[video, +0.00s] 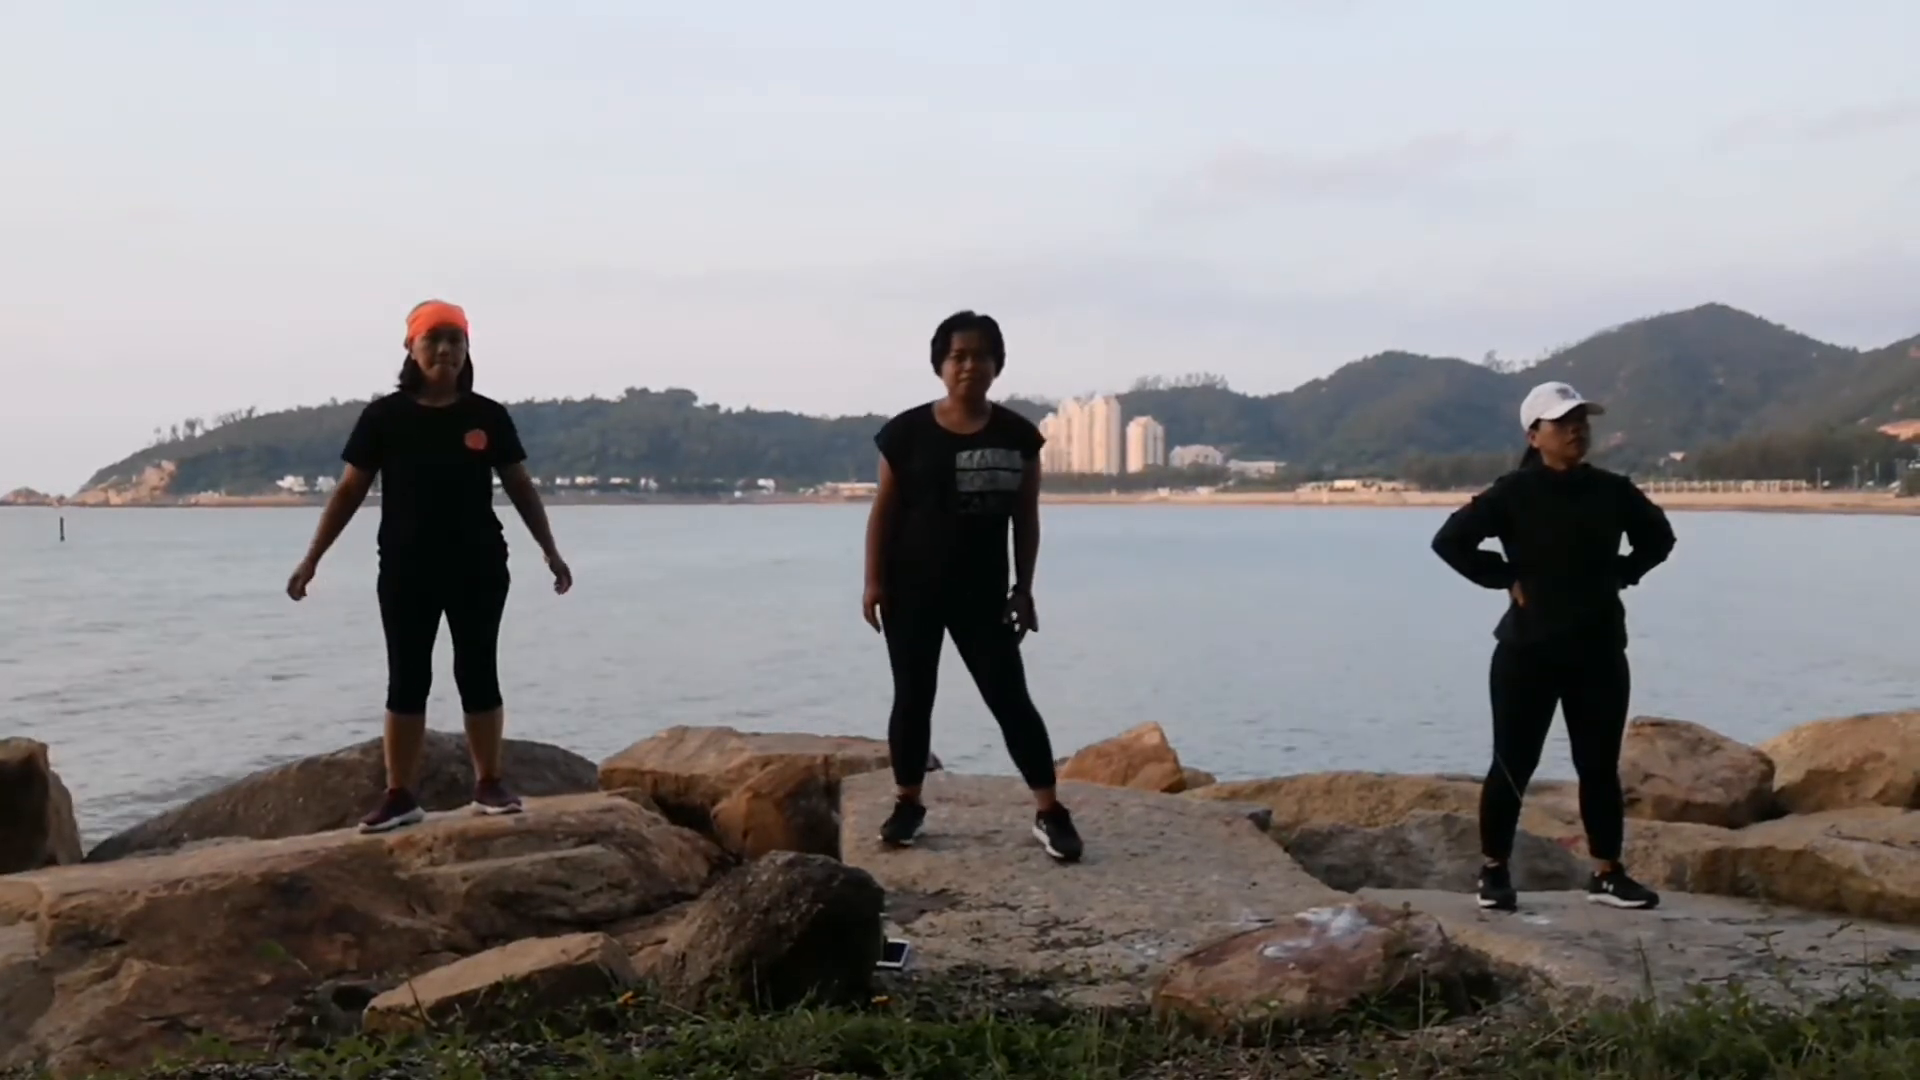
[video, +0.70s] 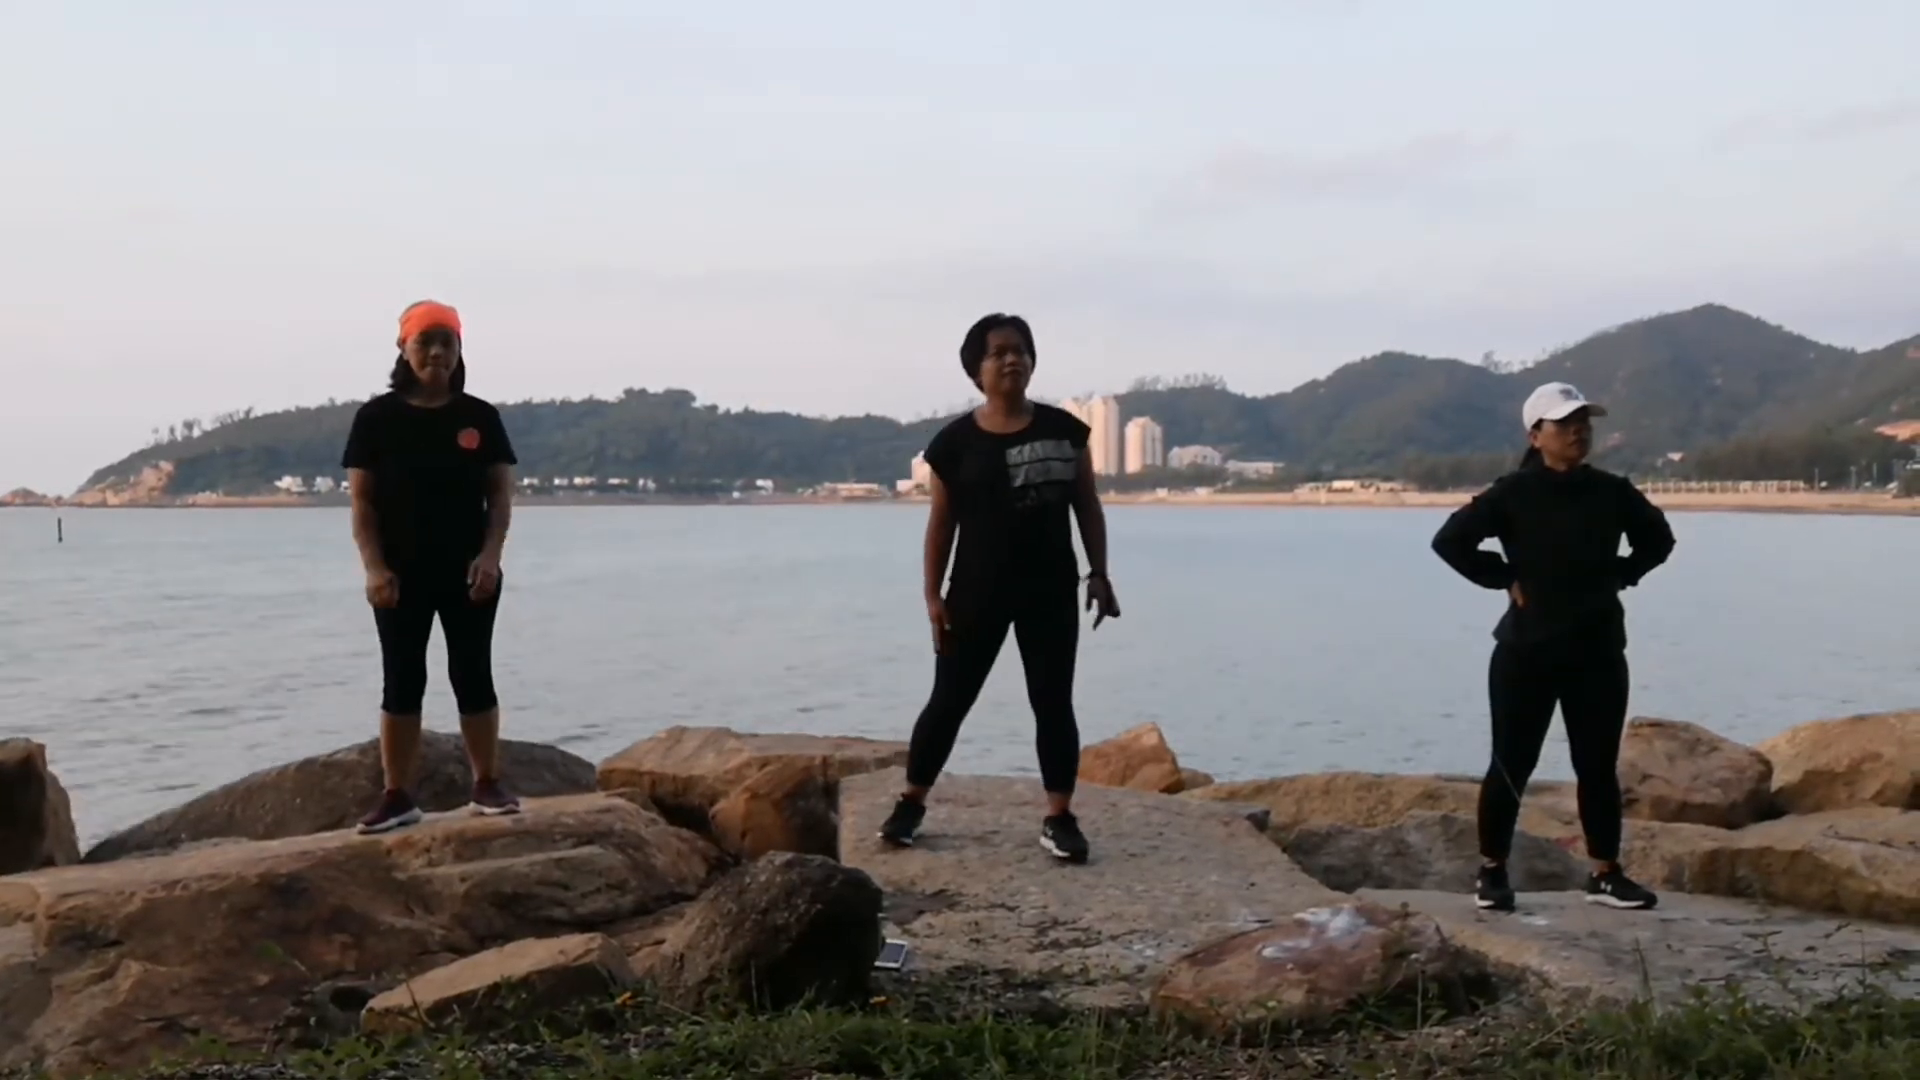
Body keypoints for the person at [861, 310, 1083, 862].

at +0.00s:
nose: (968, 367)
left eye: (980, 358)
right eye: (957, 357)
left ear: (996, 367)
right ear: (941, 364)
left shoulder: (1018, 436)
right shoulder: (906, 432)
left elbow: (1026, 519)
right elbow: (883, 511)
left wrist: (1024, 588)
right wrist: (873, 581)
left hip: (981, 594)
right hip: (912, 592)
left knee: (1013, 703)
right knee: (911, 700)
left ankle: (1049, 810)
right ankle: (907, 805)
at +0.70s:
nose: (1011, 360)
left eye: (1019, 351)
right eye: (999, 353)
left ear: (1032, 362)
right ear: (976, 368)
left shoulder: (1064, 431)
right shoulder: (953, 443)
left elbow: (1088, 507)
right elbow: (940, 526)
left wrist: (1099, 572)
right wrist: (932, 596)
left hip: (1050, 592)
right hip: (980, 593)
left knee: (1054, 705)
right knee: (947, 703)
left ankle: (1059, 816)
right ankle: (912, 802)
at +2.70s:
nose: (1015, 366)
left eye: (1026, 356)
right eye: (1004, 357)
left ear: (1044, 362)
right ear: (990, 366)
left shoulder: (1077, 434)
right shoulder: (964, 436)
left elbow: (1096, 513)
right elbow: (945, 516)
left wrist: (1110, 583)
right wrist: (937, 586)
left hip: (1046, 594)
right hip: (975, 592)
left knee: (1047, 705)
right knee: (949, 699)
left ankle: (1050, 815)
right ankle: (918, 809)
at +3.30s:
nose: (964, 368)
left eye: (976, 358)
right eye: (954, 359)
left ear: (997, 367)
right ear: (940, 368)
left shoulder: (1025, 438)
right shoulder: (912, 437)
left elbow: (1035, 521)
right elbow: (890, 516)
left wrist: (1036, 589)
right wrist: (881, 585)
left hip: (989, 596)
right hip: (921, 596)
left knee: (1013, 709)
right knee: (919, 708)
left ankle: (1044, 814)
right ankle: (911, 811)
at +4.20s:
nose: (1003, 368)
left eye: (1015, 357)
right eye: (992, 360)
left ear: (1037, 363)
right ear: (981, 370)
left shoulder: (1072, 430)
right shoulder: (962, 436)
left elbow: (1100, 498)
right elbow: (938, 519)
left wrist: (1039, 522)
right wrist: (933, 589)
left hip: (1047, 595)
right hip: (977, 593)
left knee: (1049, 710)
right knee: (953, 705)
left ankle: (1052, 824)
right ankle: (917, 809)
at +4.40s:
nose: (1020, 366)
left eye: (1032, 356)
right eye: (1010, 356)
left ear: (1054, 365)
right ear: (996, 367)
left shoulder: (1078, 426)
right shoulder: (973, 429)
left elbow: (1057, 482)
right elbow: (964, 510)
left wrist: (984, 460)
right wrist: (966, 584)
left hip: (1048, 590)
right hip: (981, 585)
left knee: (1048, 710)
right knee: (951, 703)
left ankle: (1051, 824)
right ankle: (917, 811)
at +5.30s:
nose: (946, 370)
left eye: (957, 360)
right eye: (935, 360)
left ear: (972, 369)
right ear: (915, 369)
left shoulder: (995, 434)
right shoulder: (891, 437)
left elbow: (999, 511)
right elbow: (887, 522)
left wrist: (927, 502)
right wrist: (895, 597)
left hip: (972, 591)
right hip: (906, 590)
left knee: (1002, 706)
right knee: (906, 710)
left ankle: (1032, 815)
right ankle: (903, 815)